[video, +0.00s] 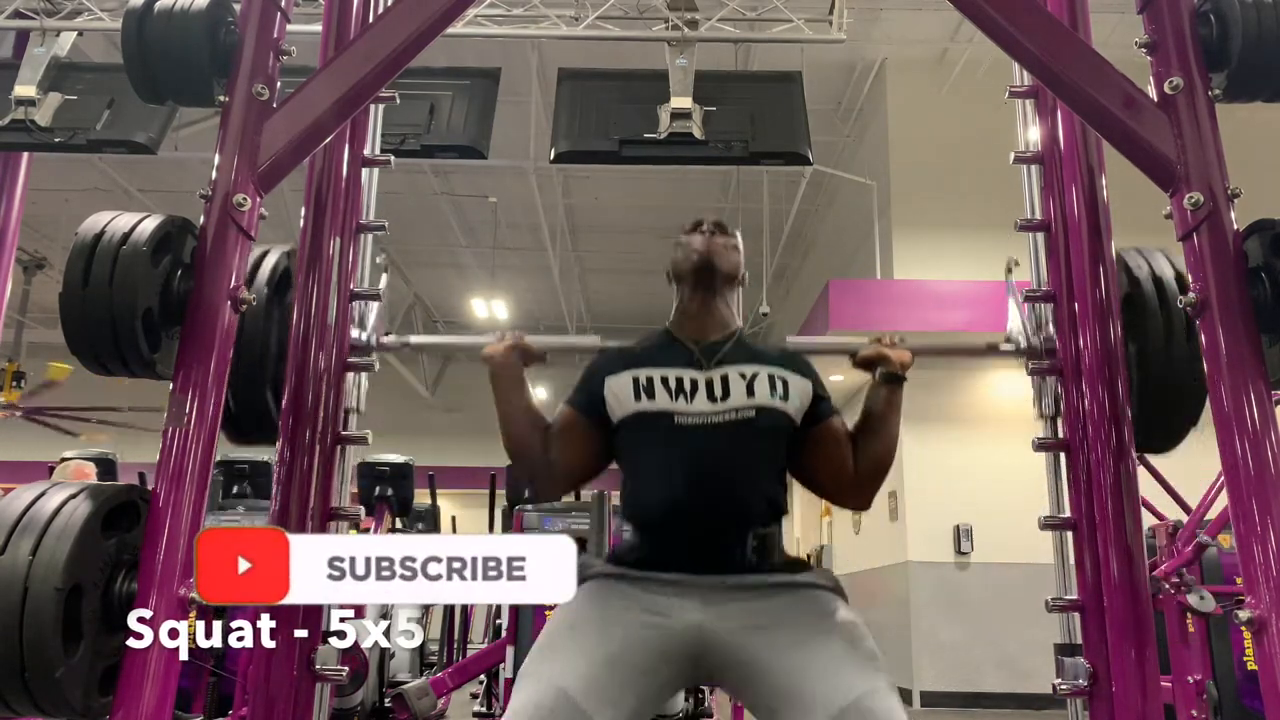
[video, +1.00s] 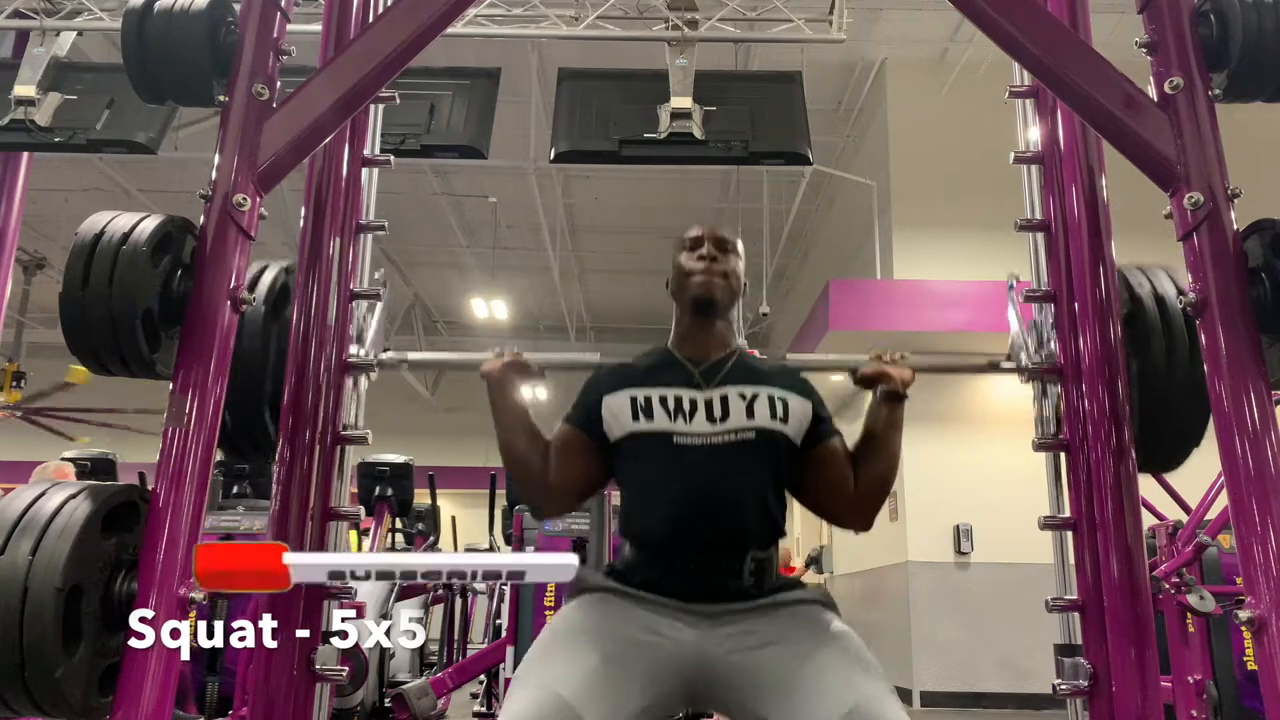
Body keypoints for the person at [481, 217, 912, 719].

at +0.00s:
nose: (704, 230)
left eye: (721, 232)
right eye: (692, 231)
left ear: (742, 273)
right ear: (671, 271)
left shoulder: (787, 373)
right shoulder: (617, 370)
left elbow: (855, 487)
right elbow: (543, 477)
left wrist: (889, 383)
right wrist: (504, 368)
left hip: (773, 600)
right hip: (631, 597)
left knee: (871, 711)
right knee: (536, 711)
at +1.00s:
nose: (708, 254)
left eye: (724, 250)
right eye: (692, 248)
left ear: (743, 286)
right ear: (669, 282)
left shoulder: (787, 388)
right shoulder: (616, 386)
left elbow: (855, 508)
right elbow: (547, 495)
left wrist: (889, 404)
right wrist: (503, 390)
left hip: (767, 619)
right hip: (632, 615)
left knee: (879, 714)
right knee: (529, 712)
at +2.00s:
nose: (705, 430)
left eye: (721, 422)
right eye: (688, 421)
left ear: (744, 454)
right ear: (665, 450)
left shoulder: (793, 569)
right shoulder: (607, 563)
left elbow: (862, 692)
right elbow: (539, 679)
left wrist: (899, 573)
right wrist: (495, 570)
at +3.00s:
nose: (706, 200)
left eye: (723, 198)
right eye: (692, 196)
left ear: (743, 234)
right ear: (670, 232)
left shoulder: (790, 335)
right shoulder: (619, 331)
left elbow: (857, 450)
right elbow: (549, 436)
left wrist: (887, 348)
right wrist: (505, 331)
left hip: (774, 567)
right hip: (636, 560)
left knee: (849, 711)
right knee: (560, 709)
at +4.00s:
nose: (707, 252)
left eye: (722, 246)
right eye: (691, 243)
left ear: (741, 279)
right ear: (667, 274)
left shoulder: (787, 383)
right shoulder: (615, 382)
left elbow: (856, 501)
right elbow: (549, 488)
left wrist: (889, 397)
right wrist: (504, 386)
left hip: (767, 615)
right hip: (632, 611)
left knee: (871, 713)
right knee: (532, 712)